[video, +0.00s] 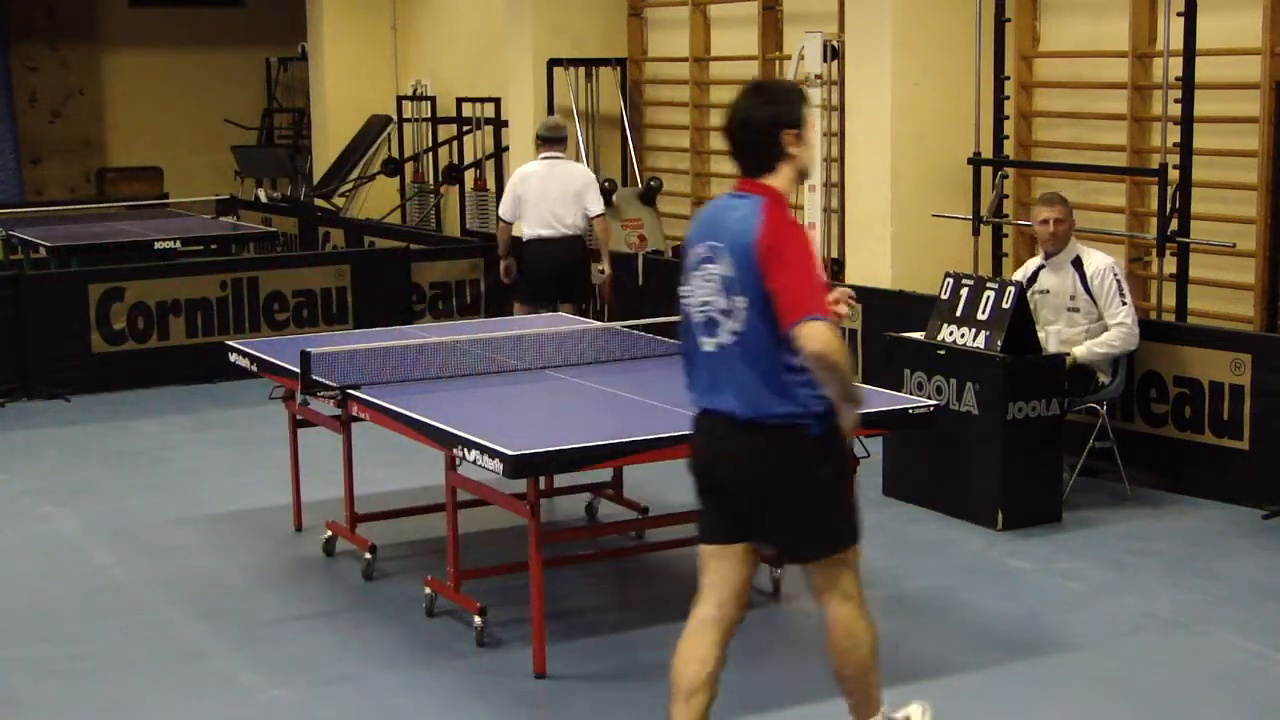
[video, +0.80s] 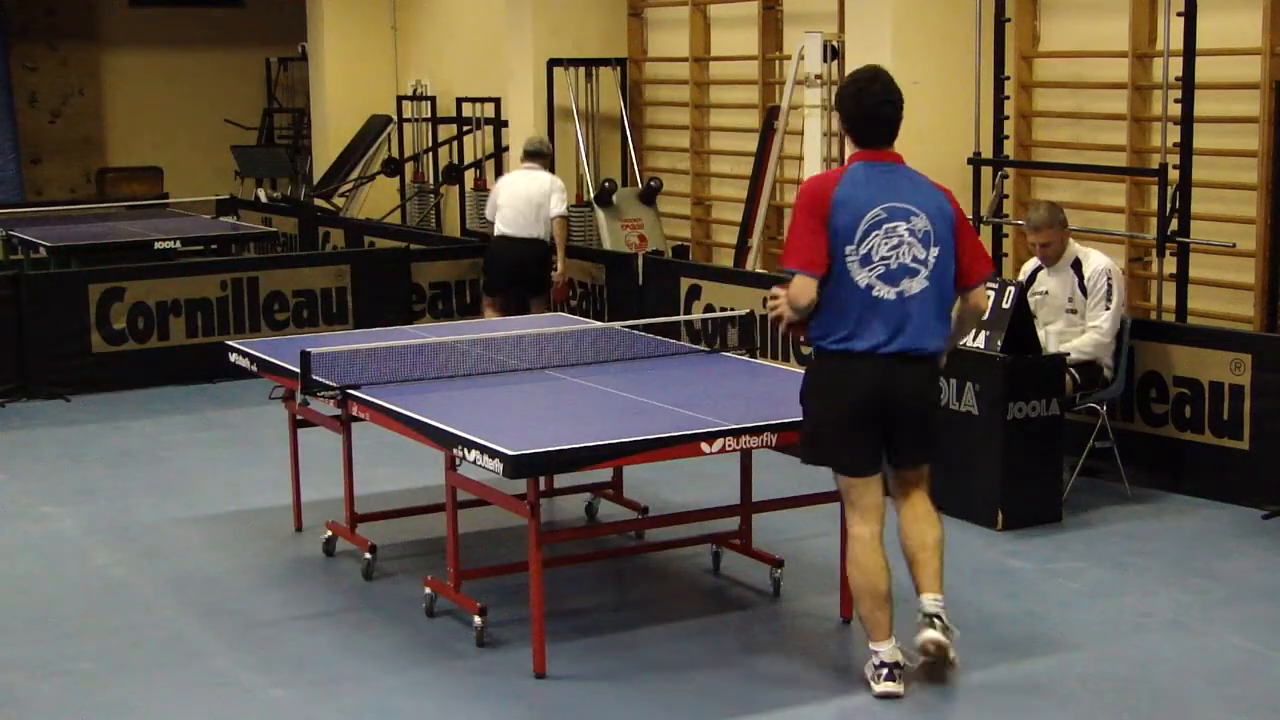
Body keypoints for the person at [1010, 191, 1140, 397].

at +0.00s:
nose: (1051, 230)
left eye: (1059, 222)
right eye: (1044, 223)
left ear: (1072, 225)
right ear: (1034, 228)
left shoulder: (1101, 268)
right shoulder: (1024, 275)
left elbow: (1127, 334)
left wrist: (1073, 357)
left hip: (1088, 374)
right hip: (1035, 373)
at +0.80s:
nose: (1039, 253)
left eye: (1046, 245)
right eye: (1033, 245)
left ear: (1066, 234)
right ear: (1026, 239)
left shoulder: (1099, 269)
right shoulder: (1029, 271)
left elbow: (1101, 338)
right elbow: (1017, 326)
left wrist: (1052, 361)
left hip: (1088, 365)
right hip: (1038, 364)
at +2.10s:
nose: (1049, 275)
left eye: (1057, 269)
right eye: (1046, 267)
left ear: (1077, 258)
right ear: (1042, 257)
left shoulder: (1101, 295)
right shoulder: (1049, 268)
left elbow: (1072, 358)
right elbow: (1040, 313)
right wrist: (1017, 346)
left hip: (1095, 370)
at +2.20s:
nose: (1048, 275)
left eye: (1055, 269)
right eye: (1045, 267)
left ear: (1076, 258)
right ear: (1040, 257)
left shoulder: (1099, 295)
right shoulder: (1048, 269)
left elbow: (1070, 358)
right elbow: (1039, 315)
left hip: (1094, 370)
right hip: (1053, 358)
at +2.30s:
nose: (1045, 277)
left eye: (1052, 270)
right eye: (1042, 269)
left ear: (1072, 260)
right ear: (1039, 259)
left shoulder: (1096, 296)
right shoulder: (1050, 272)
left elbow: (1071, 357)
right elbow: (1036, 318)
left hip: (1096, 370)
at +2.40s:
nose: (1042, 278)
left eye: (1048, 272)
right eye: (1038, 271)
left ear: (1070, 259)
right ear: (1036, 260)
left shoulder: (1094, 296)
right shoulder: (1050, 270)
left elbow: (1070, 357)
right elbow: (1035, 317)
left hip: (1100, 368)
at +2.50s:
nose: (1041, 281)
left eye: (1046, 275)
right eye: (1037, 274)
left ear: (1067, 261)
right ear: (1033, 263)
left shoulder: (1093, 297)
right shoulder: (1055, 272)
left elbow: (1071, 356)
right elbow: (1036, 319)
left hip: (1104, 367)